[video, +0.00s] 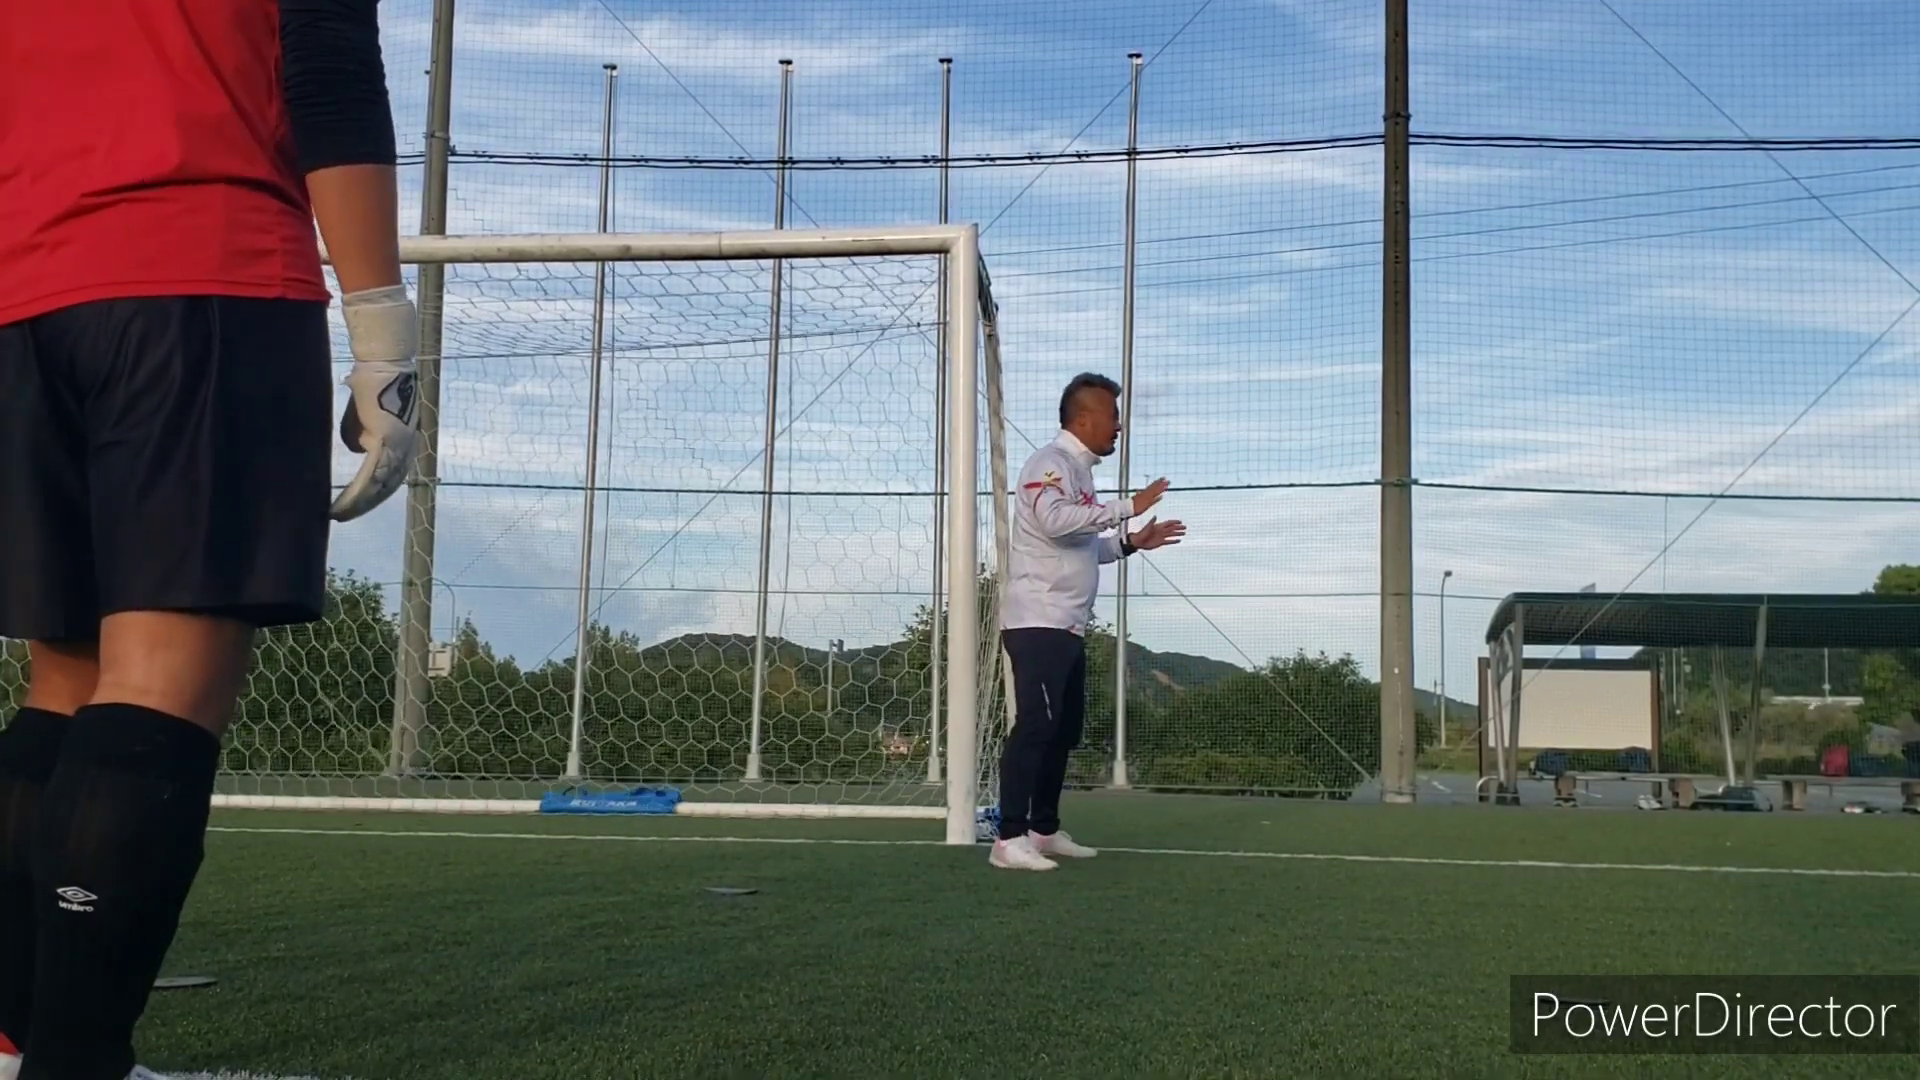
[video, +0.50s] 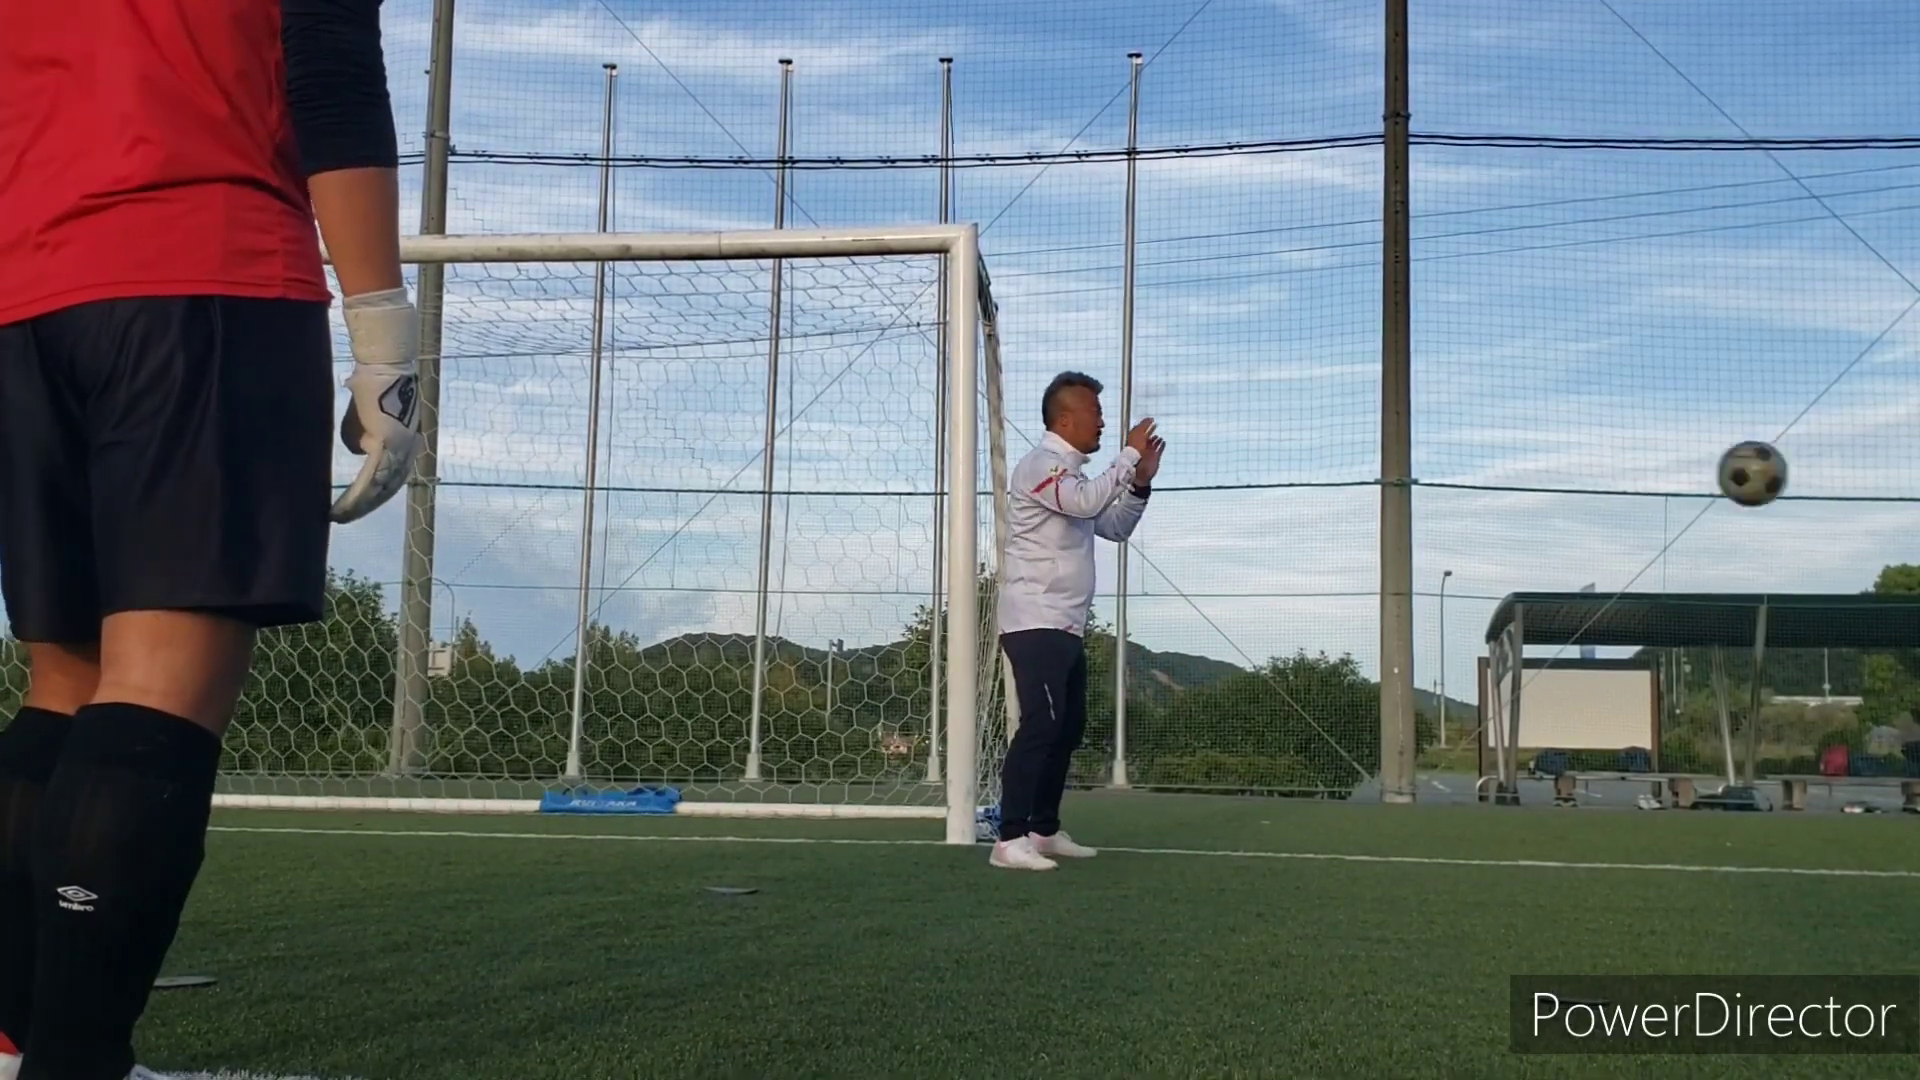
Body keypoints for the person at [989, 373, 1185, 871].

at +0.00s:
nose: (1119, 424)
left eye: (1118, 414)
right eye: (1112, 413)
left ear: (1088, 419)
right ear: (1082, 416)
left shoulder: (1082, 477)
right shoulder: (1050, 461)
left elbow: (1087, 549)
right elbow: (1053, 520)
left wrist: (1134, 541)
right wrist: (1127, 507)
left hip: (1065, 622)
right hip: (1035, 619)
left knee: (1063, 728)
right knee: (1036, 725)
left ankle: (1044, 831)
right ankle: (1009, 841)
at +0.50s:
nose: (1103, 419)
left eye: (1101, 411)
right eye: (1094, 410)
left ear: (1075, 417)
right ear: (1066, 415)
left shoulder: (1074, 473)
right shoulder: (1039, 463)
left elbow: (1114, 526)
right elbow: (1082, 501)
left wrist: (1141, 484)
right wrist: (1129, 459)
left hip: (1066, 622)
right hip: (1033, 618)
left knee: (1066, 727)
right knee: (1041, 724)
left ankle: (1043, 831)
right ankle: (1010, 840)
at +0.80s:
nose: (1093, 420)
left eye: (1093, 412)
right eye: (1085, 411)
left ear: (1066, 416)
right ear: (1052, 415)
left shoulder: (1081, 477)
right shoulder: (1029, 464)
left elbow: (1114, 521)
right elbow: (1067, 511)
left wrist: (1160, 527)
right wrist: (1148, 516)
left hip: (1061, 620)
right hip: (1026, 616)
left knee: (1062, 726)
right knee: (1034, 723)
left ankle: (1042, 831)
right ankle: (1009, 841)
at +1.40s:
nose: (1097, 428)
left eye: (1100, 419)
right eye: (1088, 418)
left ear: (1095, 423)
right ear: (1056, 421)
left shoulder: (1089, 483)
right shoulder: (1025, 467)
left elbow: (1104, 532)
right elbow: (1036, 531)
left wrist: (1129, 554)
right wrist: (1102, 557)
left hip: (1056, 623)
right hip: (1011, 614)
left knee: (1060, 724)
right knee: (1025, 720)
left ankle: (1041, 832)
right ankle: (1008, 841)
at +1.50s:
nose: (1098, 428)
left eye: (1101, 419)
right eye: (1088, 419)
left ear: (1099, 422)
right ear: (1055, 421)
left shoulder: (1092, 481)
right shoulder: (1023, 469)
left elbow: (1102, 538)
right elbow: (998, 535)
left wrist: (1106, 558)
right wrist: (1040, 567)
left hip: (1061, 620)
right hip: (1014, 616)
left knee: (1060, 726)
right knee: (1027, 721)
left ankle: (1041, 832)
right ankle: (1008, 841)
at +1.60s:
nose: (1098, 427)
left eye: (1100, 417)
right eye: (1087, 419)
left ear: (1098, 421)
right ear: (1055, 423)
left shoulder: (1093, 480)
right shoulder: (1019, 471)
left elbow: (1102, 532)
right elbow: (962, 517)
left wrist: (1103, 557)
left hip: (1064, 625)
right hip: (1017, 619)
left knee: (1060, 729)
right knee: (1026, 723)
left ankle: (1041, 832)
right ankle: (1007, 841)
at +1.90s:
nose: (1094, 415)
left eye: (1094, 406)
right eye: (1084, 408)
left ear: (1085, 412)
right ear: (1050, 416)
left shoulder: (1083, 469)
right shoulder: (1019, 468)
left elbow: (1083, 526)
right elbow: (986, 543)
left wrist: (1100, 563)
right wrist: (966, 606)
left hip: (1066, 624)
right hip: (1025, 621)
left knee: (1062, 727)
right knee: (1031, 725)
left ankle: (1045, 827)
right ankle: (1008, 840)